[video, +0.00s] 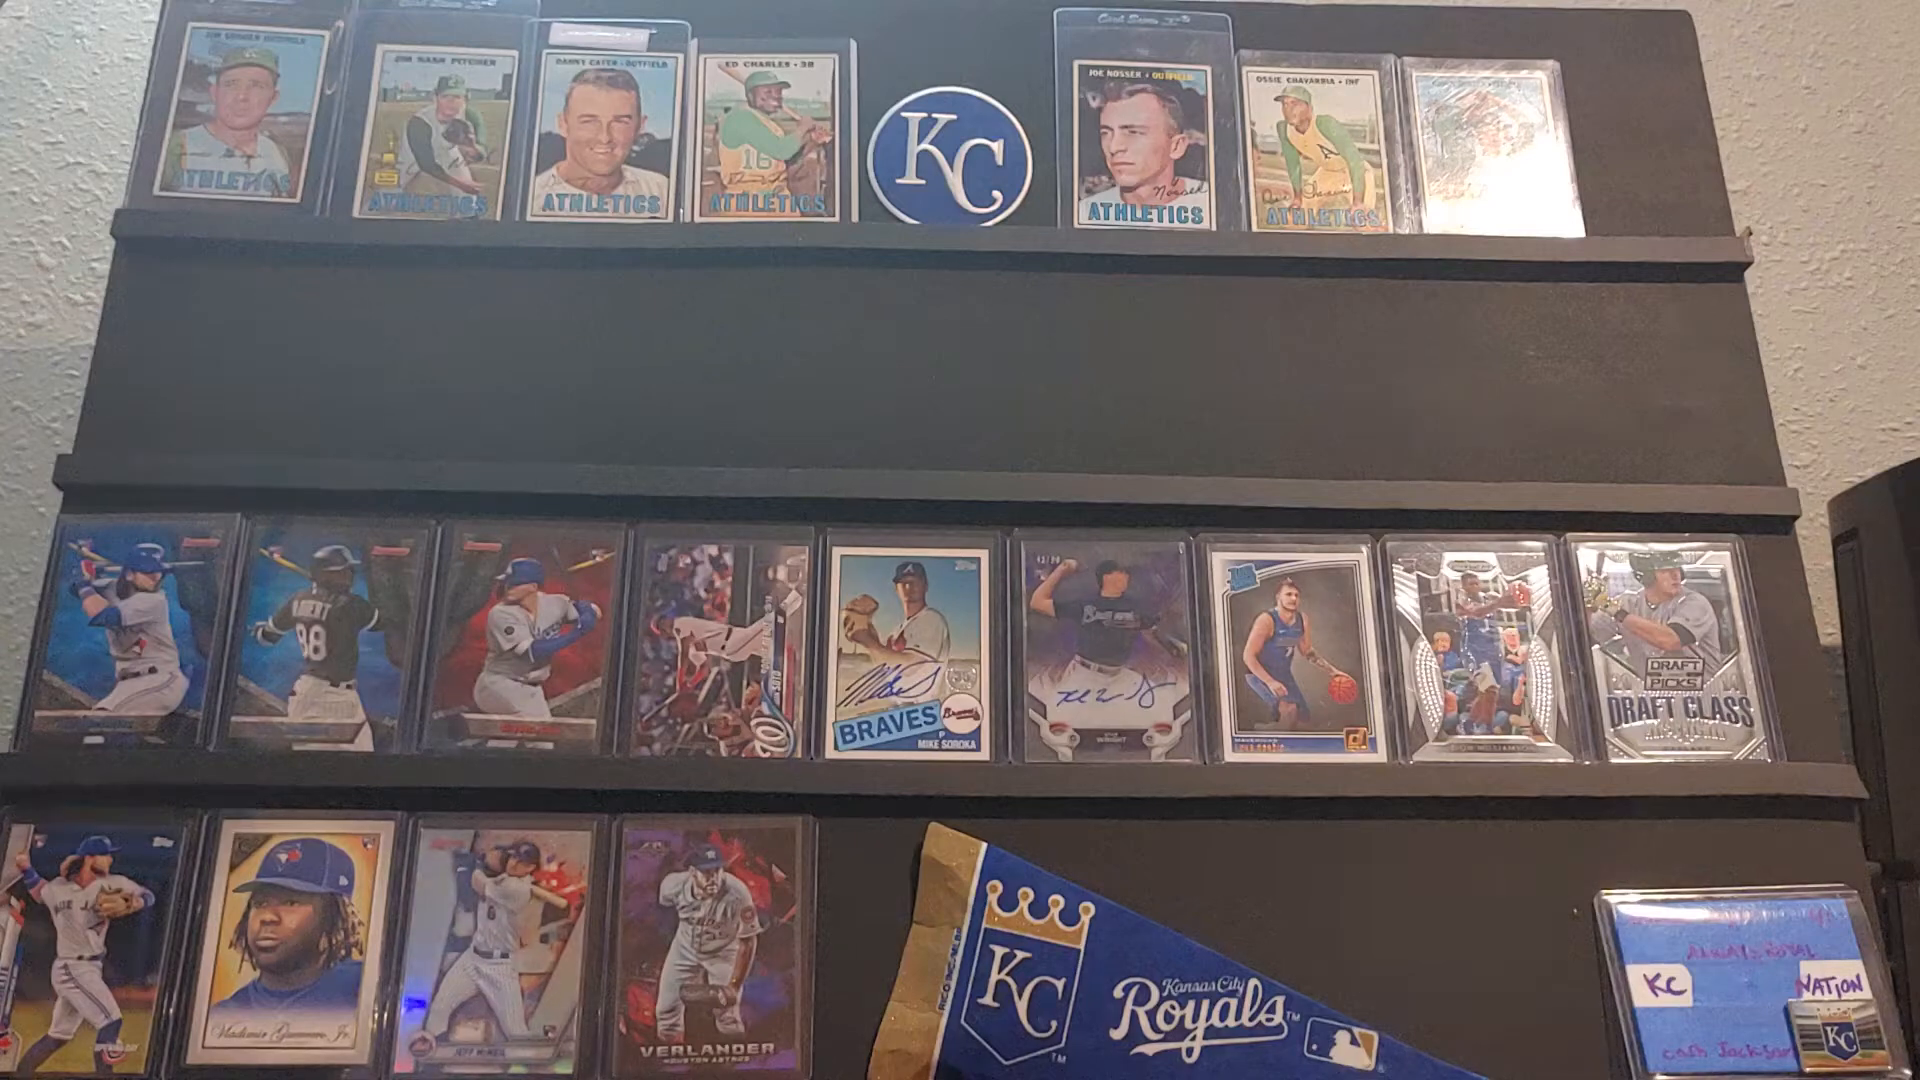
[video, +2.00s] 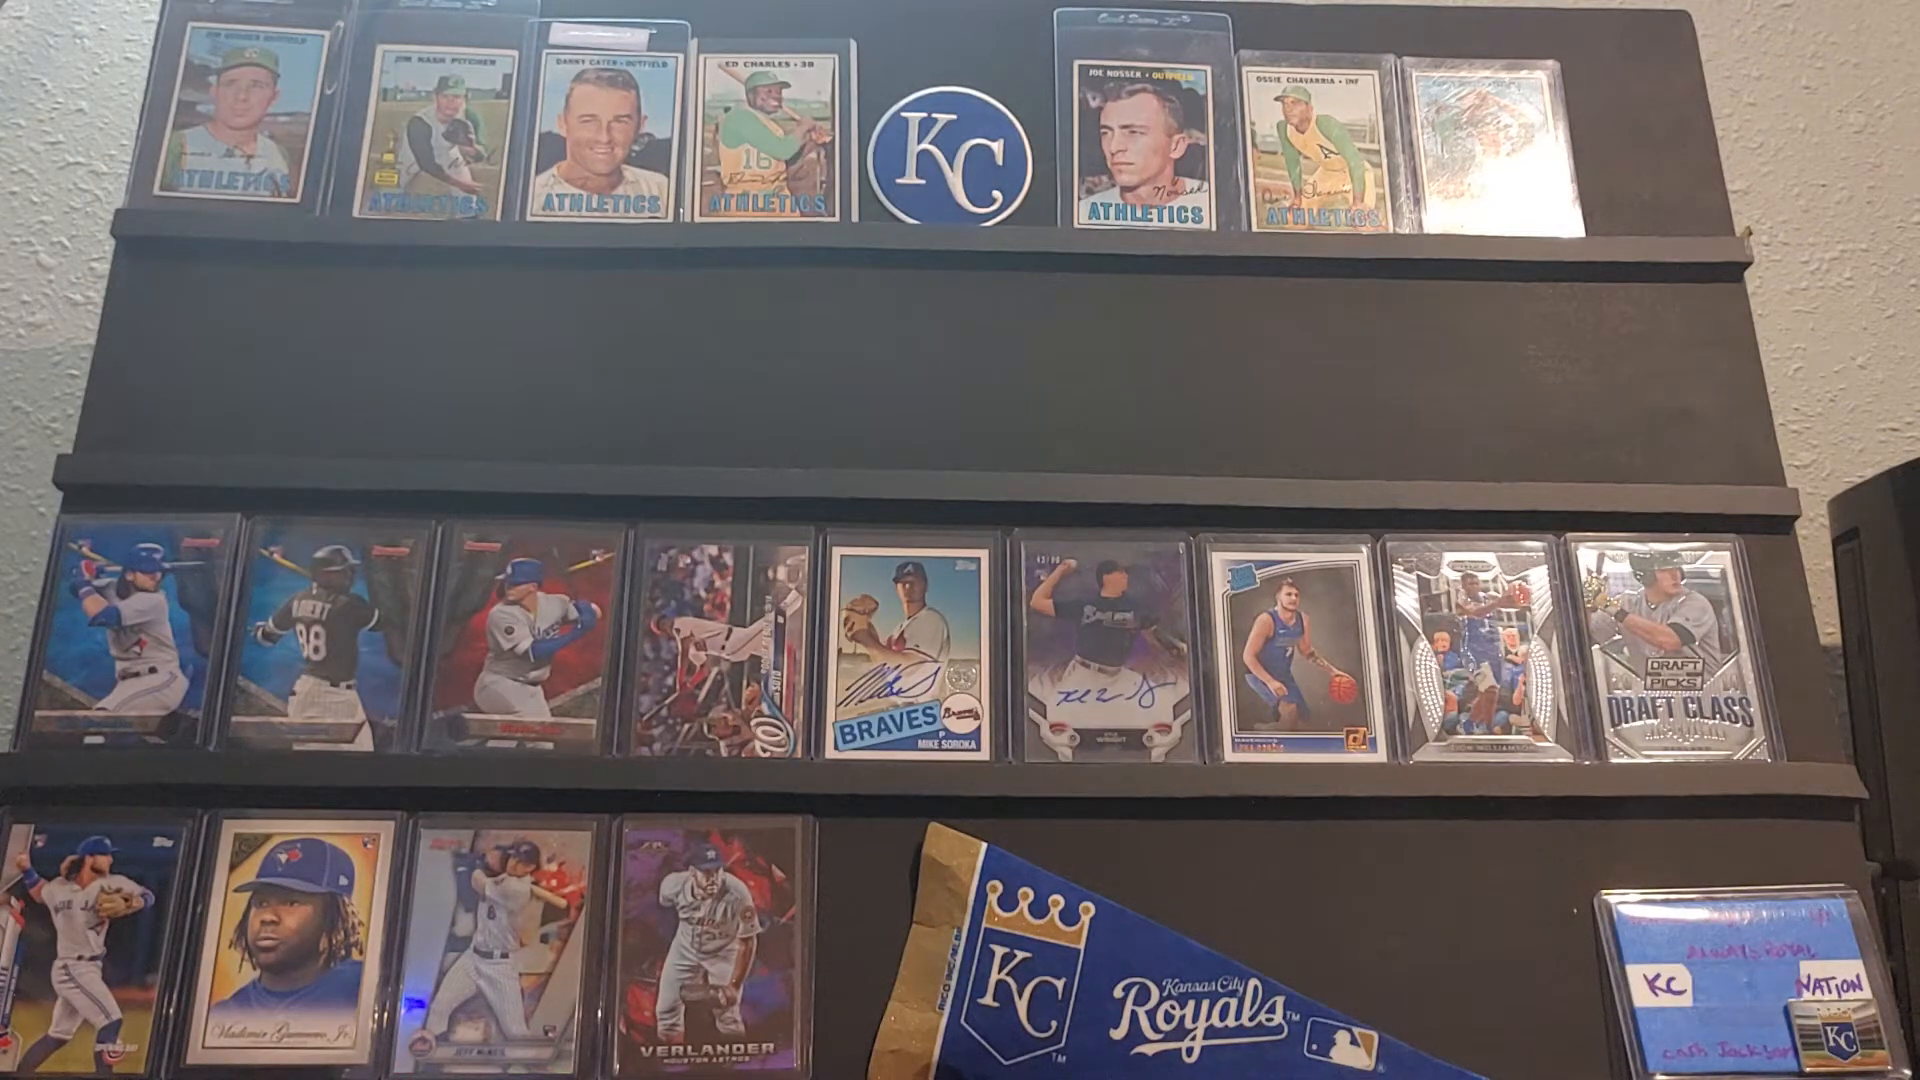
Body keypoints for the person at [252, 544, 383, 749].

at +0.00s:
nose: (351, 576)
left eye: (350, 571)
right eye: (347, 571)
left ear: (320, 575)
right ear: (333, 575)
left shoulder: (299, 600)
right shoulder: (351, 605)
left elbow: (268, 637)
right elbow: (387, 622)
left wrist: (259, 630)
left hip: (306, 695)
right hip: (341, 699)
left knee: (307, 767)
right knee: (360, 767)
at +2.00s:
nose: (351, 576)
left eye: (351, 571)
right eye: (347, 571)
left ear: (320, 574)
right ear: (332, 575)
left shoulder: (299, 600)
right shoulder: (350, 605)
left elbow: (267, 637)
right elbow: (384, 623)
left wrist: (259, 630)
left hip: (305, 692)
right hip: (340, 697)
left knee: (307, 765)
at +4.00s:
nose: (350, 578)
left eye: (350, 572)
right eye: (346, 572)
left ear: (319, 575)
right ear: (335, 575)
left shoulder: (299, 601)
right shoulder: (350, 605)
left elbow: (267, 637)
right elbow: (388, 621)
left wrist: (259, 630)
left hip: (305, 694)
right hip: (342, 698)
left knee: (306, 766)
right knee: (359, 767)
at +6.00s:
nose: (350, 576)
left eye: (350, 571)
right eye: (346, 571)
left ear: (319, 575)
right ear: (333, 575)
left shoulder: (298, 601)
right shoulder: (350, 604)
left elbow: (267, 637)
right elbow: (386, 622)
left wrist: (260, 630)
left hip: (306, 692)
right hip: (341, 697)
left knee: (306, 765)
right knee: (360, 766)